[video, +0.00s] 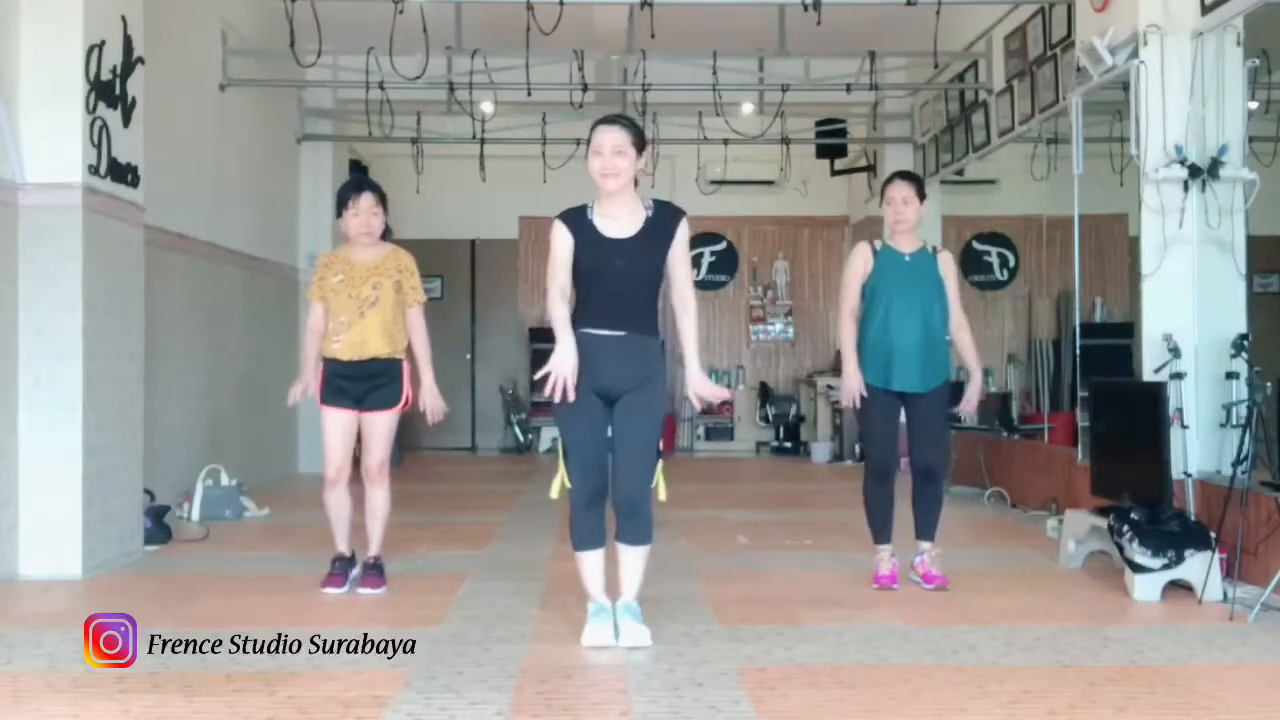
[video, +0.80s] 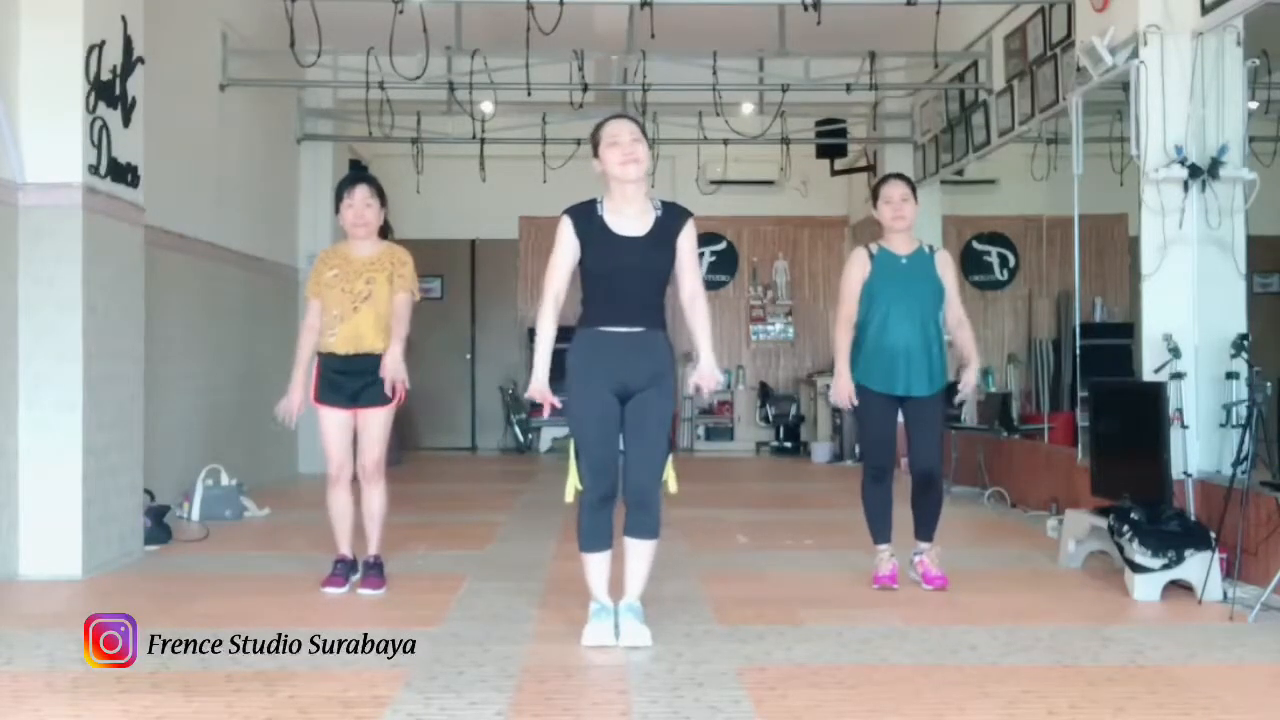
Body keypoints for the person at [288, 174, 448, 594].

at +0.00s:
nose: (365, 220)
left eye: (373, 211)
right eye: (355, 212)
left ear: (384, 217)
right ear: (341, 219)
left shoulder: (401, 262)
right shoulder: (328, 264)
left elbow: (416, 325)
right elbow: (315, 323)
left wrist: (428, 383)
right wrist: (308, 373)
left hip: (385, 371)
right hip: (336, 370)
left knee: (375, 469)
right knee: (335, 472)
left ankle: (373, 559)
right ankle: (342, 556)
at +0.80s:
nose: (359, 212)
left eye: (368, 203)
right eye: (350, 204)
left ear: (382, 212)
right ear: (338, 214)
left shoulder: (397, 259)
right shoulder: (326, 262)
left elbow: (402, 310)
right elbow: (311, 326)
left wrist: (395, 353)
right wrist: (297, 385)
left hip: (378, 367)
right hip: (332, 367)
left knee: (371, 468)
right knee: (338, 470)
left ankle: (373, 558)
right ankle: (343, 558)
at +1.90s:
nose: (358, 214)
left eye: (367, 206)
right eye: (349, 206)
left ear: (380, 215)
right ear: (337, 215)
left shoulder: (397, 259)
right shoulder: (324, 262)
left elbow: (415, 316)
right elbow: (307, 304)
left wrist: (432, 368)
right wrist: (293, 323)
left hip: (384, 370)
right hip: (335, 370)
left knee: (373, 468)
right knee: (336, 469)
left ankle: (374, 559)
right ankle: (343, 558)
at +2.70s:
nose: (355, 210)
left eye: (365, 203)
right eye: (348, 202)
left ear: (380, 212)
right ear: (336, 212)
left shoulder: (394, 259)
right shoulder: (322, 263)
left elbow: (400, 309)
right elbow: (305, 325)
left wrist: (390, 349)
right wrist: (290, 382)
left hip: (375, 367)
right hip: (328, 367)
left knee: (367, 468)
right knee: (337, 470)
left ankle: (372, 559)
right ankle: (345, 560)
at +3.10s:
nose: (350, 215)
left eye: (360, 208)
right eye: (343, 208)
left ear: (375, 217)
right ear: (331, 216)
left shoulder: (388, 262)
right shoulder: (320, 265)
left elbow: (374, 318)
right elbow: (310, 330)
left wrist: (356, 308)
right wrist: (300, 382)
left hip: (367, 369)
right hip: (322, 367)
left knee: (357, 469)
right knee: (335, 471)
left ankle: (371, 557)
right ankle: (346, 560)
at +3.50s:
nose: (352, 216)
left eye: (361, 210)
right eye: (344, 209)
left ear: (377, 219)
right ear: (333, 218)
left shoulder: (391, 260)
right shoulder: (323, 266)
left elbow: (393, 308)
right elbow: (304, 329)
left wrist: (388, 344)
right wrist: (282, 388)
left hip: (371, 369)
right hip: (324, 369)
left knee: (362, 469)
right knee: (337, 470)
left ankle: (372, 558)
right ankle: (347, 560)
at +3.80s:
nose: (358, 214)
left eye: (367, 207)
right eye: (349, 207)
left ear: (380, 215)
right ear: (336, 215)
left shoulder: (396, 261)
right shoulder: (323, 262)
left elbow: (411, 320)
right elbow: (306, 305)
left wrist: (422, 371)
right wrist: (292, 331)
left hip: (382, 370)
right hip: (333, 369)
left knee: (372, 468)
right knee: (340, 469)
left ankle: (373, 560)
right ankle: (346, 560)